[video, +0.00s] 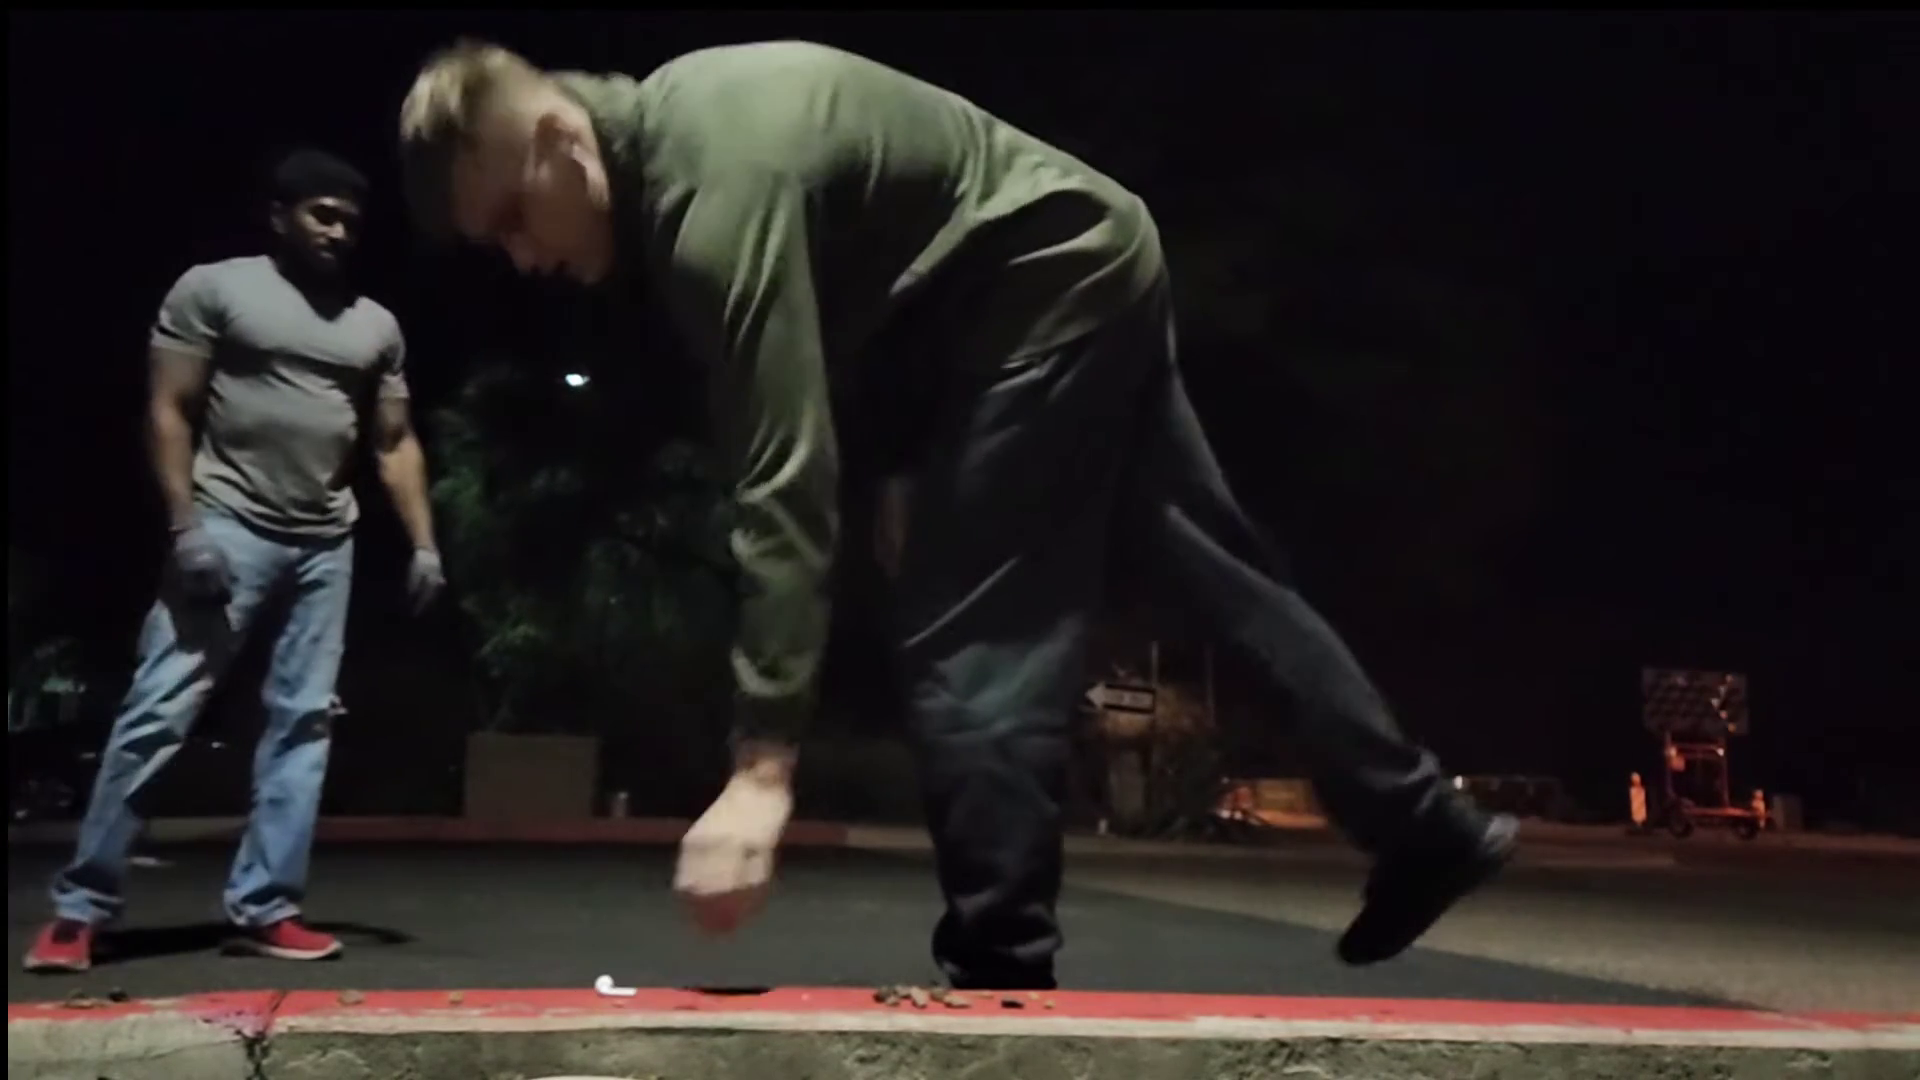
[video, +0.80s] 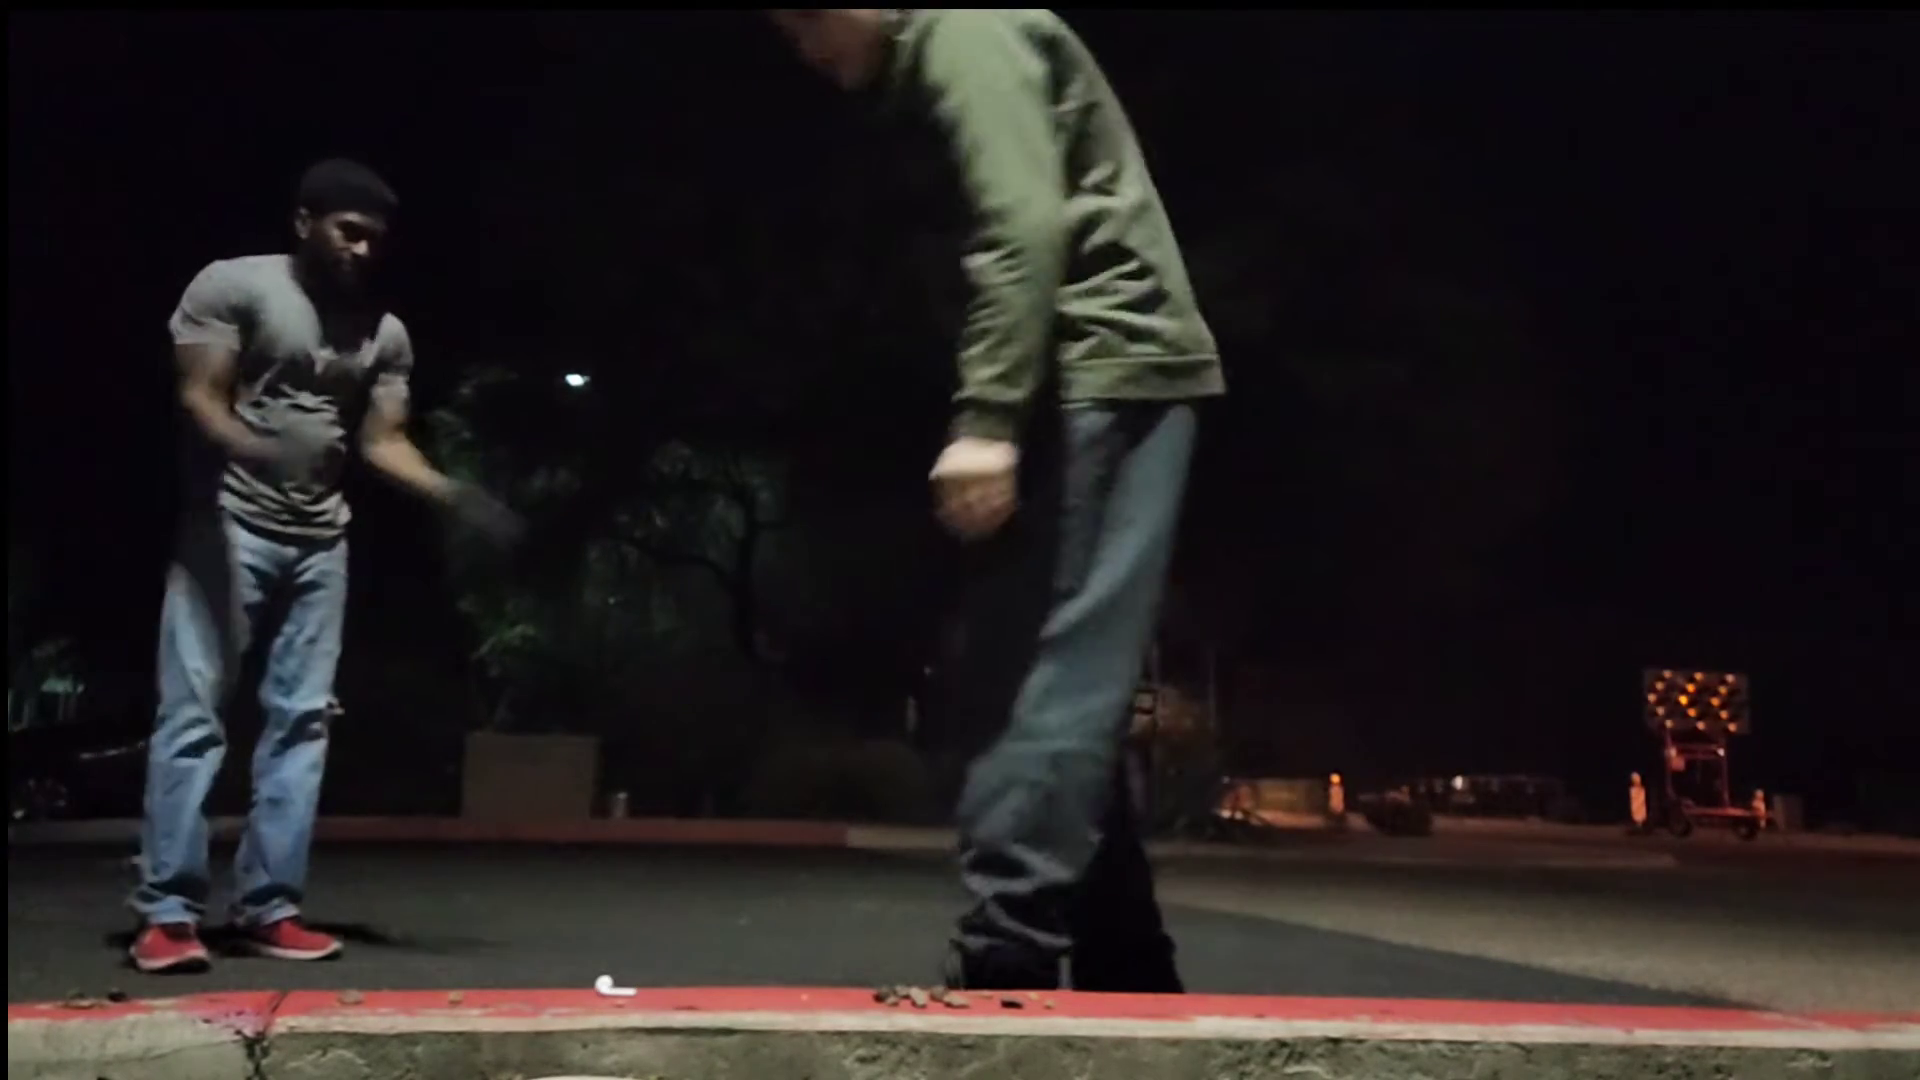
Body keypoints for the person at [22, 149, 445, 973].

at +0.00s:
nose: (338, 235)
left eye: (350, 223)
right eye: (324, 218)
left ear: (361, 232)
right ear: (280, 216)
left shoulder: (375, 329)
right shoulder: (213, 291)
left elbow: (396, 441)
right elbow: (170, 408)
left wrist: (423, 540)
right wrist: (186, 523)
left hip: (326, 544)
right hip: (227, 528)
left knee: (306, 717)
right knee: (160, 712)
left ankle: (265, 906)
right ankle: (83, 907)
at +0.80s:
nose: (361, 250)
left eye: (373, 238)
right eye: (347, 232)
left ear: (384, 243)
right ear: (304, 224)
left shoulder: (384, 333)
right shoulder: (231, 288)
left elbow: (382, 440)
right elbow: (201, 400)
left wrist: (449, 492)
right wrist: (264, 450)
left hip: (322, 544)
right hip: (229, 533)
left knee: (301, 717)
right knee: (195, 712)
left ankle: (269, 907)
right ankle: (167, 913)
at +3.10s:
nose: (450, 420)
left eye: (463, 404)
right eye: (440, 399)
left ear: (476, 398)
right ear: (406, 380)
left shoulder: (479, 448)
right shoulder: (304, 399)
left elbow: (479, 576)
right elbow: (226, 531)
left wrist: (465, 676)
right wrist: (192, 666)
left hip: (373, 565)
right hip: (271, 557)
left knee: (378, 733)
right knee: (235, 714)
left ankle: (340, 915)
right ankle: (174, 919)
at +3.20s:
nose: (437, 455)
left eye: (450, 440)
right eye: (427, 435)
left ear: (466, 431)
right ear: (392, 409)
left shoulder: (465, 473)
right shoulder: (289, 429)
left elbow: (464, 595)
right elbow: (208, 560)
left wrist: (448, 706)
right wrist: (176, 699)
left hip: (353, 550)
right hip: (249, 539)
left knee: (374, 721)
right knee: (215, 720)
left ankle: (340, 917)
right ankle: (175, 920)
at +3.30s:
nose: (427, 486)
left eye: (441, 471)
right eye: (416, 465)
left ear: (458, 460)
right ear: (381, 440)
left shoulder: (453, 503)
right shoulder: (277, 455)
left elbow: (444, 627)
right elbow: (192, 597)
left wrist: (426, 743)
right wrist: (165, 742)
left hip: (327, 545)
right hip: (223, 523)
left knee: (358, 716)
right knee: (206, 709)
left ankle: (337, 918)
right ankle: (181, 922)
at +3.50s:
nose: (393, 570)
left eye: (407, 557)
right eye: (383, 552)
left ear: (425, 537)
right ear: (339, 509)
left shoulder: (417, 539)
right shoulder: (250, 510)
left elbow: (416, 669)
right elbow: (172, 664)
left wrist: (405, 806)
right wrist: (150, 822)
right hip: (164, 512)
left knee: (312, 717)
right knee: (178, 704)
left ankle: (276, 912)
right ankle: (177, 925)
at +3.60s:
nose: (380, 599)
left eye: (393, 584)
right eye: (369, 582)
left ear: (411, 562)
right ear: (329, 548)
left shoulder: (405, 564)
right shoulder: (242, 526)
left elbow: (409, 698)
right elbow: (170, 684)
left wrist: (403, 842)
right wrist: (159, 857)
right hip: (155, 513)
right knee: (166, 696)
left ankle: (212, 892)